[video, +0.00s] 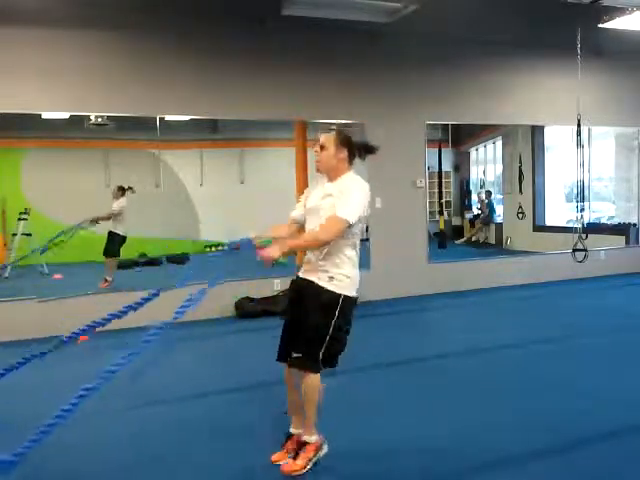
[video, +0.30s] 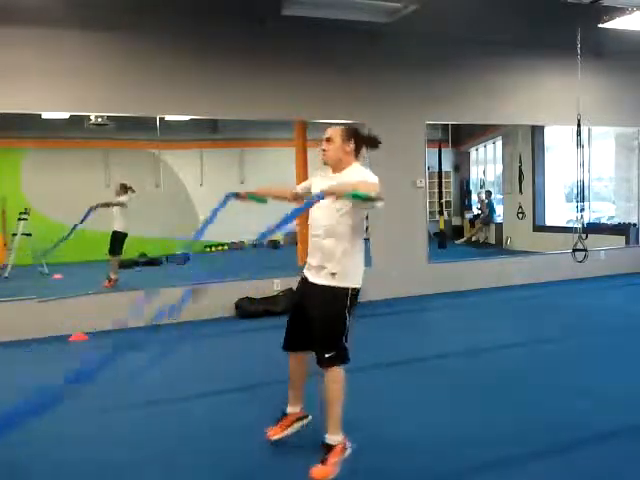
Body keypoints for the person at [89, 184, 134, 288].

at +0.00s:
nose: (113, 193)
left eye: (115, 192)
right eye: (114, 191)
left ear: (120, 193)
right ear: (121, 193)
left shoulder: (120, 203)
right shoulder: (121, 202)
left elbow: (110, 216)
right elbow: (111, 216)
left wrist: (97, 219)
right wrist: (98, 219)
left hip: (118, 232)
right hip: (116, 231)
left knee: (110, 256)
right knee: (111, 256)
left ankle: (109, 278)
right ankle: (109, 277)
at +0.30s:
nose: (116, 191)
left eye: (118, 190)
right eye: (117, 190)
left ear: (122, 190)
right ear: (124, 191)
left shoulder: (125, 200)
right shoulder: (120, 200)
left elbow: (111, 204)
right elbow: (109, 204)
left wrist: (97, 206)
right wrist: (96, 206)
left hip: (121, 230)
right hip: (117, 229)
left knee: (114, 255)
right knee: (113, 254)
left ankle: (113, 277)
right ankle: (113, 276)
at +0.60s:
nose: (114, 202)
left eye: (116, 200)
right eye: (114, 200)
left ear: (120, 201)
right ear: (120, 201)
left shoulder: (122, 210)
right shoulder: (116, 210)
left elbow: (124, 218)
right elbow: (111, 220)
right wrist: (101, 219)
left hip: (121, 239)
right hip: (116, 238)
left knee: (116, 262)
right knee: (111, 261)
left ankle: (120, 283)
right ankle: (116, 280)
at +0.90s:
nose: (118, 193)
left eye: (120, 191)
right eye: (118, 190)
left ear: (125, 192)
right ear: (123, 192)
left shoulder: (124, 204)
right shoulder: (121, 202)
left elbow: (118, 217)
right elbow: (117, 216)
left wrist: (105, 220)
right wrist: (105, 219)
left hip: (119, 232)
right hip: (115, 231)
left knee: (114, 257)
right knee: (111, 257)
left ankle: (116, 279)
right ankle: (114, 278)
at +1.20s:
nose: (118, 189)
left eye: (120, 187)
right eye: (119, 187)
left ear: (124, 189)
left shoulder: (125, 197)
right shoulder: (118, 199)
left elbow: (124, 204)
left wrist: (104, 204)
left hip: (121, 231)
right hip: (115, 230)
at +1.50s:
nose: (108, 201)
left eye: (109, 199)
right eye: (108, 199)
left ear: (113, 200)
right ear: (112, 200)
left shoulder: (116, 210)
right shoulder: (111, 210)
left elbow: (109, 219)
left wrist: (106, 212)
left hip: (119, 237)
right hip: (115, 236)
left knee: (116, 260)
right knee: (110, 260)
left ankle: (122, 280)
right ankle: (116, 279)